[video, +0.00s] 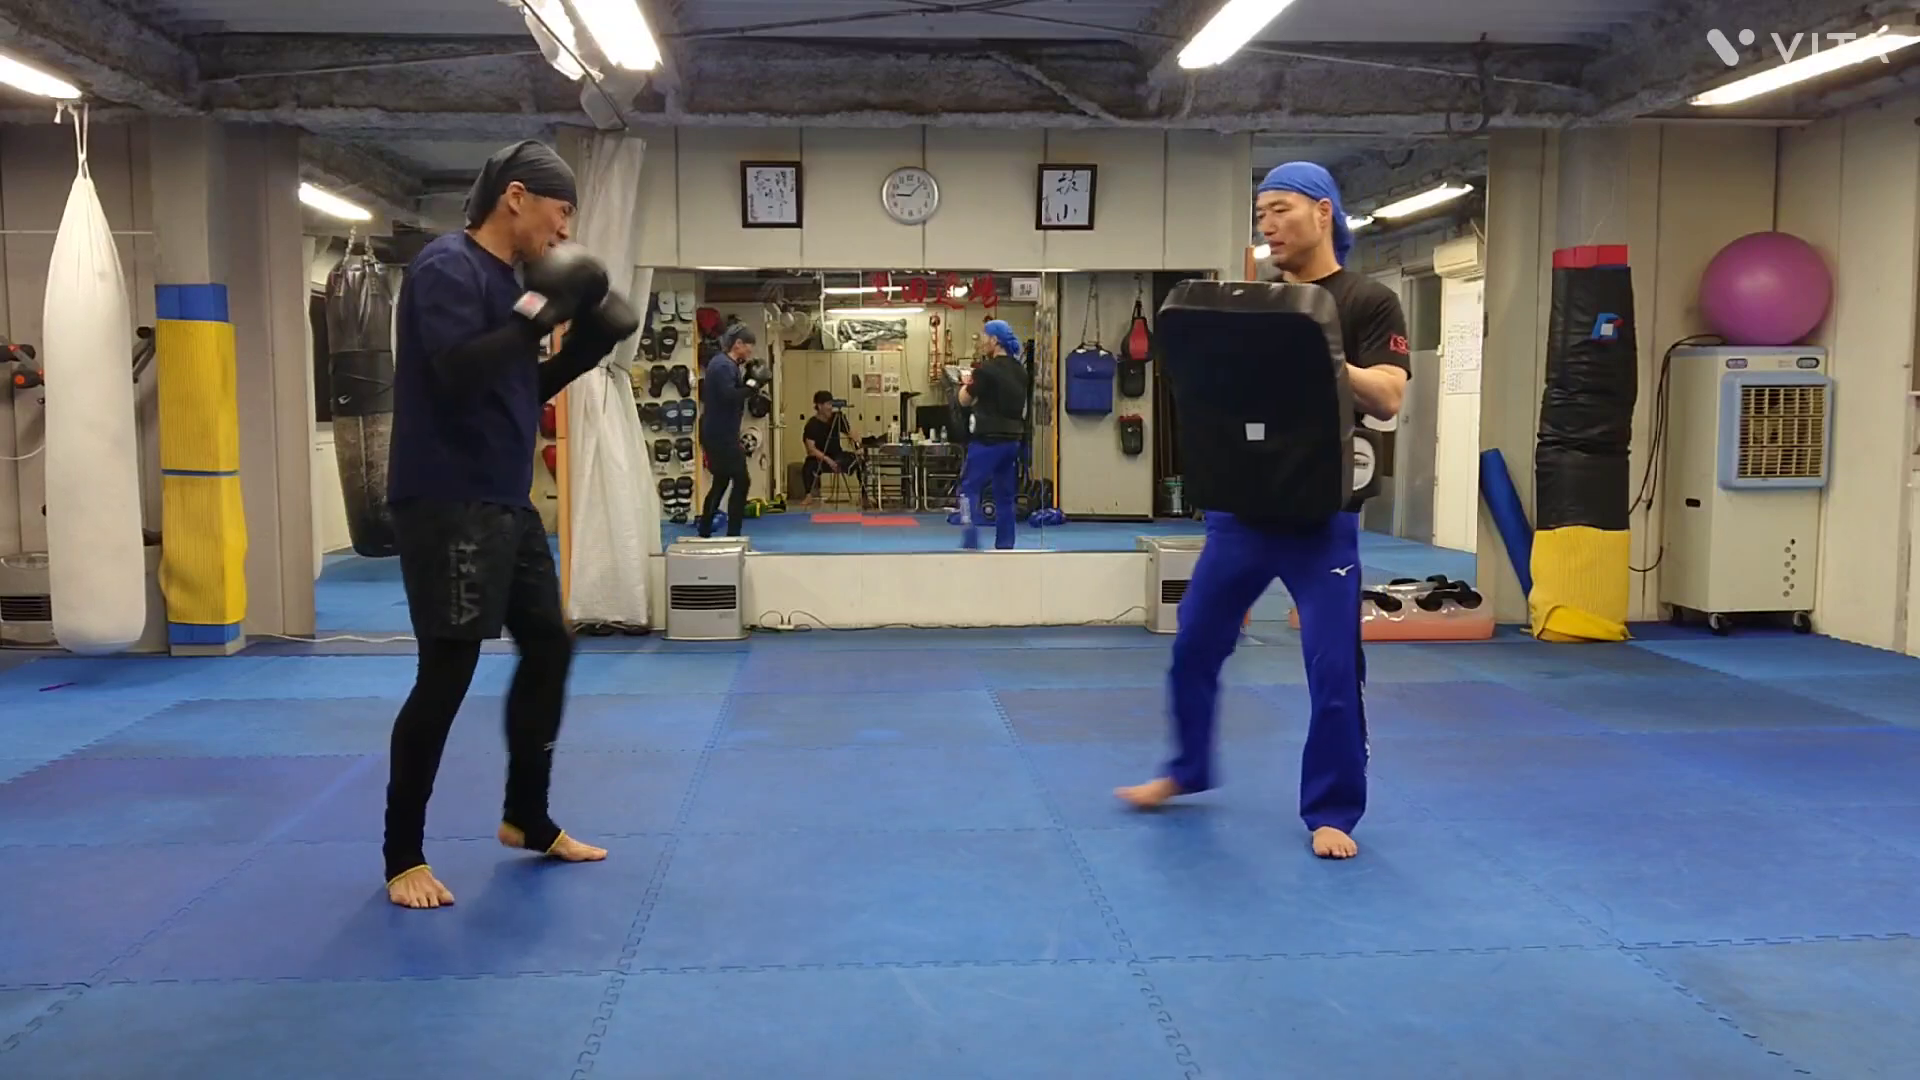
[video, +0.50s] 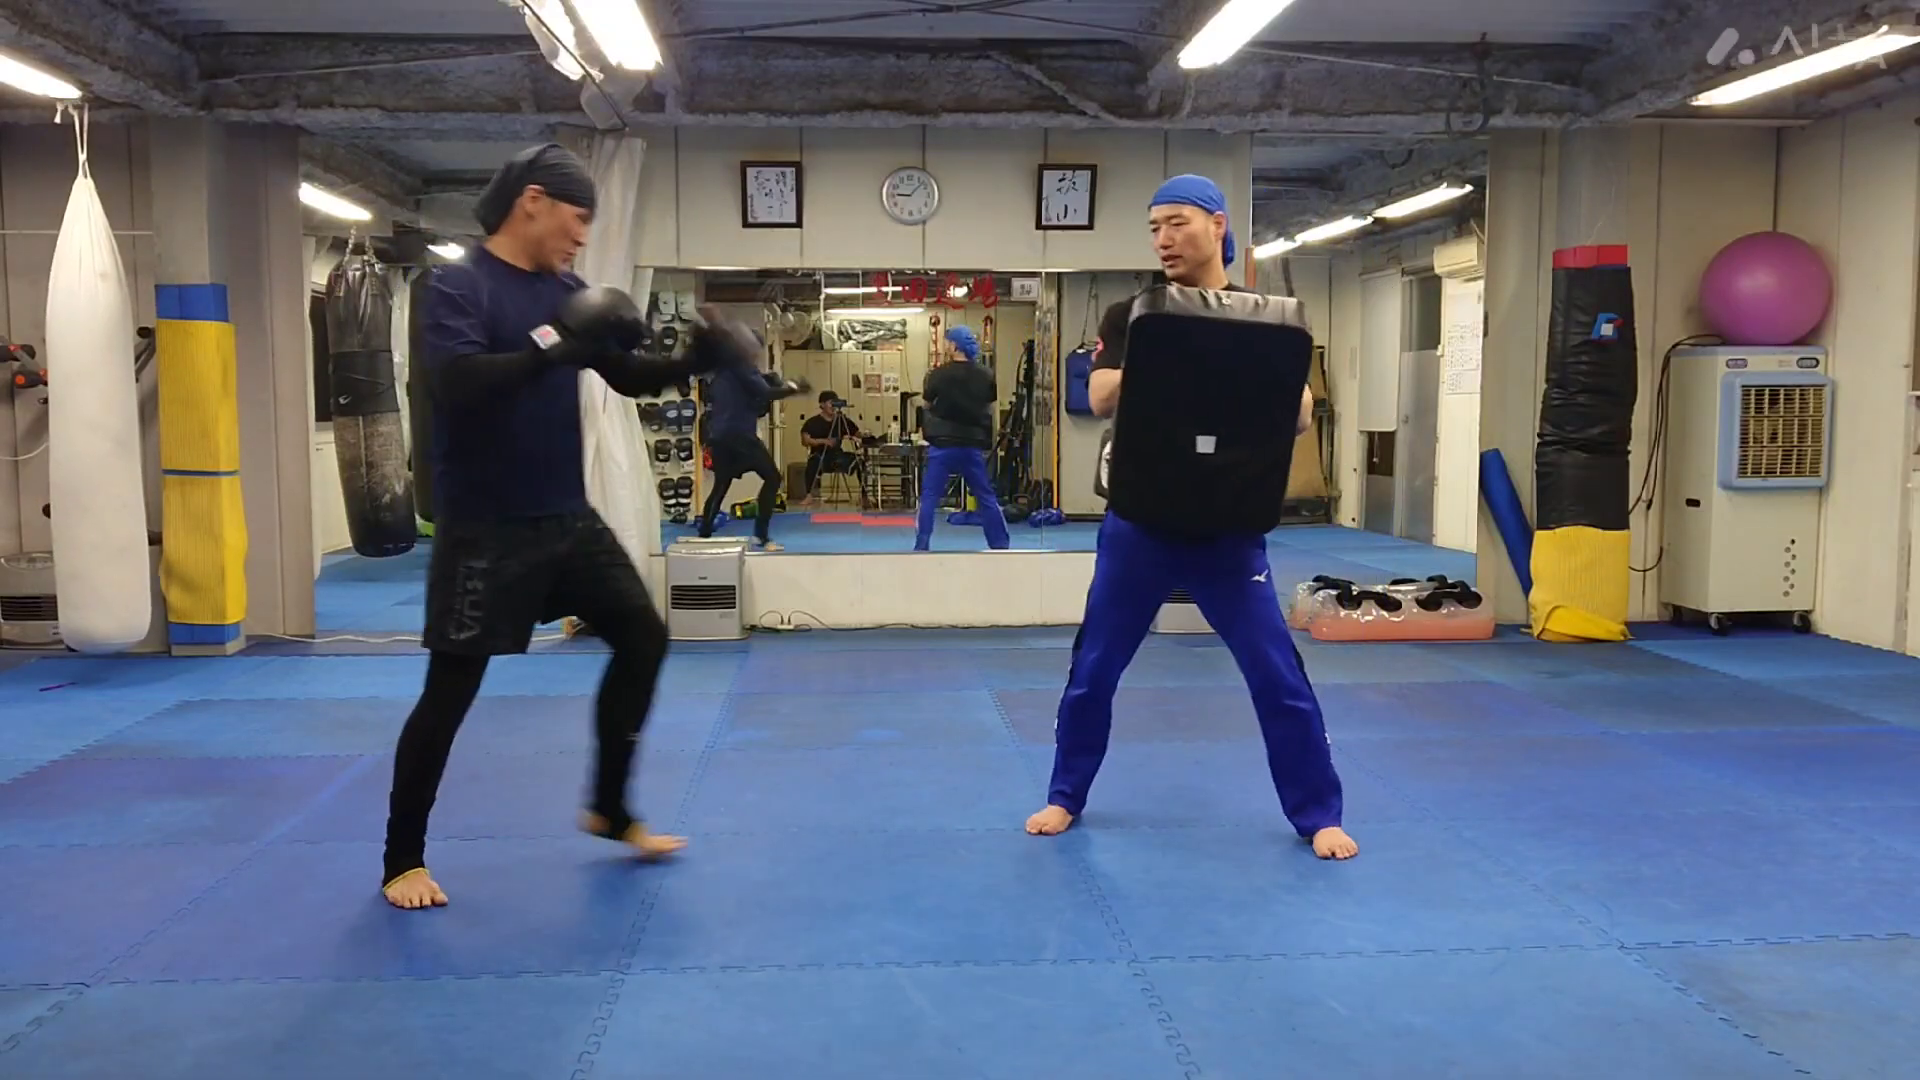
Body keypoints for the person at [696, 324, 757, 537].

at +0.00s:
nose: (751, 351)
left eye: (752, 346)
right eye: (749, 345)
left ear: (737, 345)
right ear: (737, 344)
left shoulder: (724, 364)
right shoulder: (724, 366)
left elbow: (731, 392)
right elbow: (729, 396)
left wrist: (748, 379)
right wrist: (752, 386)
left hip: (714, 432)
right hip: (722, 434)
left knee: (721, 480)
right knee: (742, 481)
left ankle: (704, 529)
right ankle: (734, 534)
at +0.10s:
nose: (751, 354)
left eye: (752, 349)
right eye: (749, 348)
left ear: (737, 348)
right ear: (737, 347)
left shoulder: (718, 367)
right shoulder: (725, 370)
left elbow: (723, 401)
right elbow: (726, 402)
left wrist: (746, 392)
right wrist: (748, 392)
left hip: (712, 435)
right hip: (725, 436)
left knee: (720, 483)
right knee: (754, 477)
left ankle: (704, 532)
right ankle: (740, 533)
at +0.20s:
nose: (751, 356)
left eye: (751, 351)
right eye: (749, 350)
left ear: (736, 348)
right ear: (737, 348)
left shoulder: (716, 368)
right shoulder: (727, 371)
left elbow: (726, 401)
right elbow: (727, 402)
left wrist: (749, 392)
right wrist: (750, 394)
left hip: (712, 437)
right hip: (725, 438)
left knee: (722, 487)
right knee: (753, 481)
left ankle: (703, 537)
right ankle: (746, 539)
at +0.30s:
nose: (752, 354)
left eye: (753, 350)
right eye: (751, 349)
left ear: (737, 346)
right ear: (739, 346)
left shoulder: (718, 366)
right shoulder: (732, 369)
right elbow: (745, 398)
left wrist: (755, 375)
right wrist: (762, 384)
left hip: (713, 435)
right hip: (728, 436)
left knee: (722, 484)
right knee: (753, 482)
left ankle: (704, 535)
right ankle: (746, 540)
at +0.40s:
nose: (755, 353)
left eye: (756, 349)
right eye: (754, 348)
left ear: (738, 347)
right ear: (741, 346)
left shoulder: (719, 365)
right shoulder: (738, 367)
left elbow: (734, 391)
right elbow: (756, 393)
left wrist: (758, 375)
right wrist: (776, 380)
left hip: (715, 435)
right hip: (735, 436)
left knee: (719, 484)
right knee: (761, 480)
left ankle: (703, 535)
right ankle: (749, 539)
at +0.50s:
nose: (758, 354)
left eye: (758, 349)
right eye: (756, 349)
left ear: (732, 348)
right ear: (748, 348)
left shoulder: (720, 373)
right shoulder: (744, 369)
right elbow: (764, 392)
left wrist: (766, 384)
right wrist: (789, 389)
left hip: (719, 437)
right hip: (742, 437)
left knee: (720, 485)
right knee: (773, 478)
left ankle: (703, 535)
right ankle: (761, 537)